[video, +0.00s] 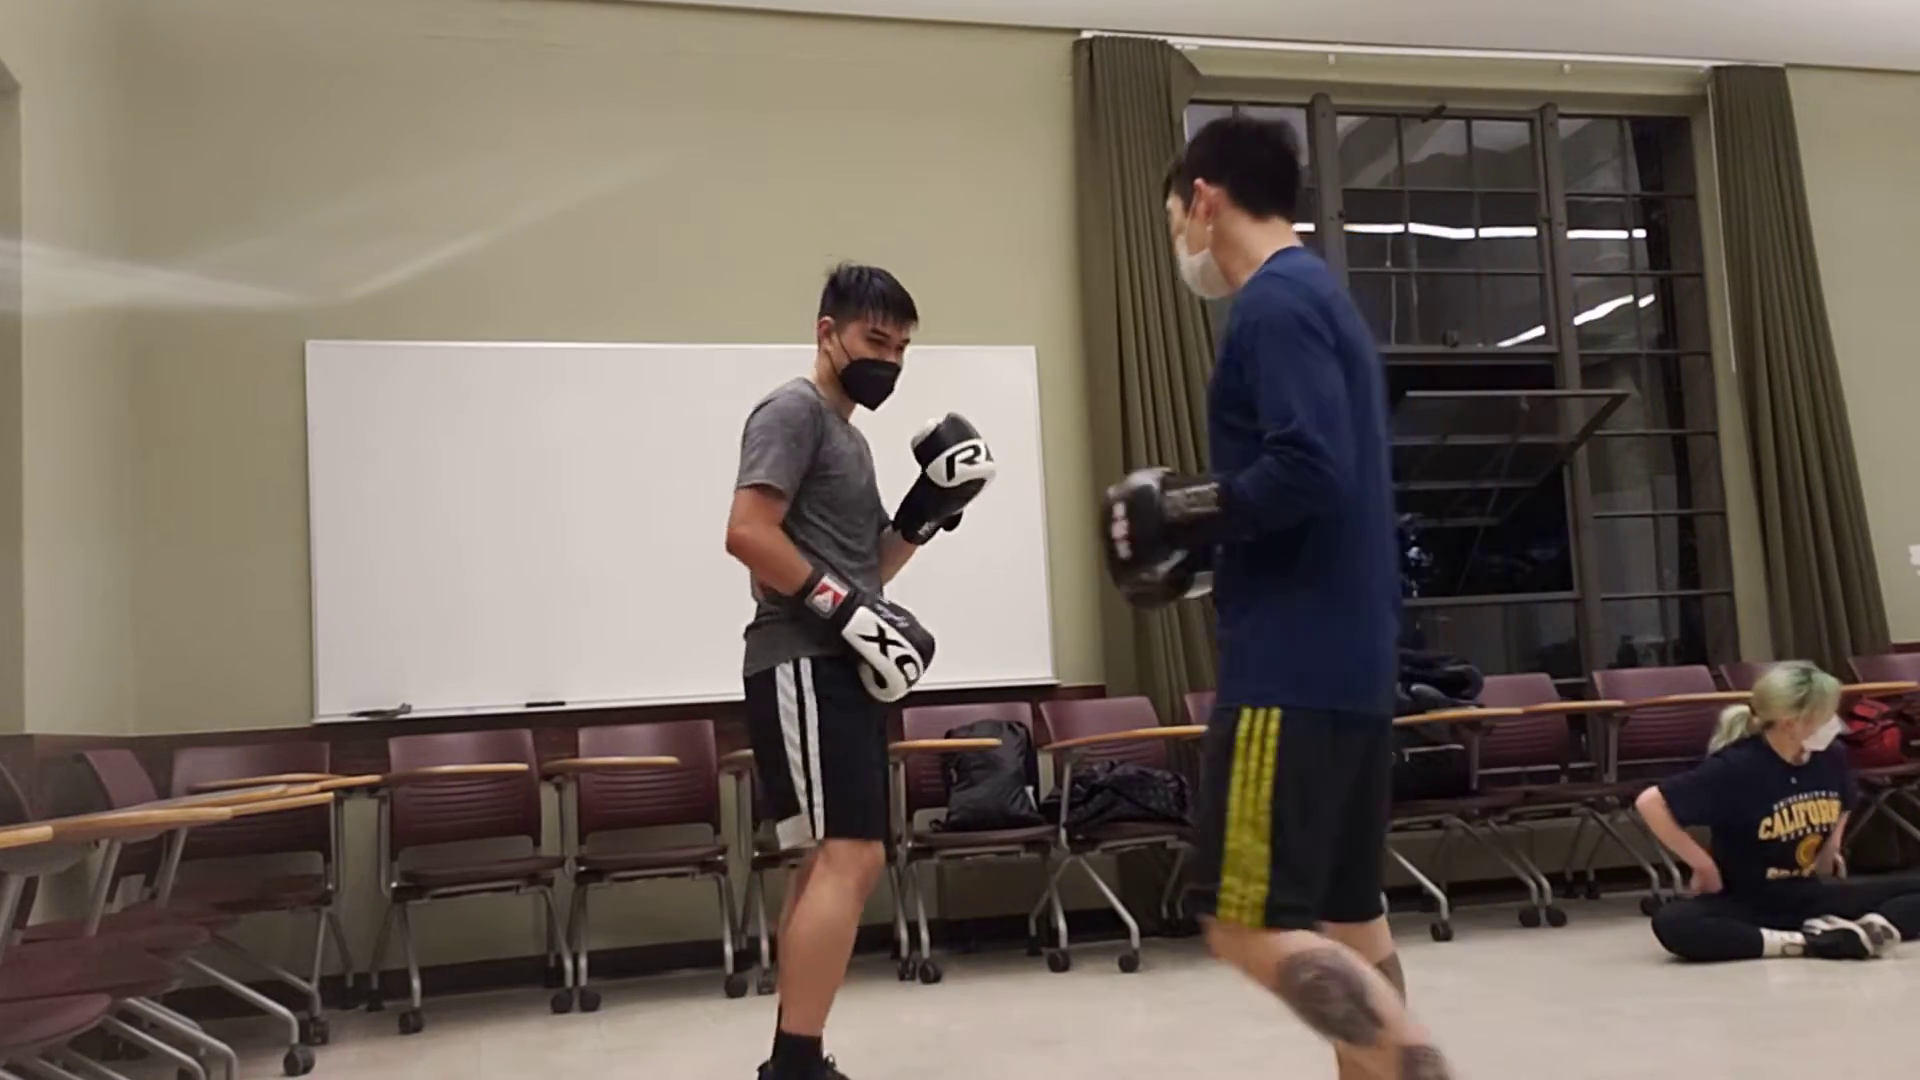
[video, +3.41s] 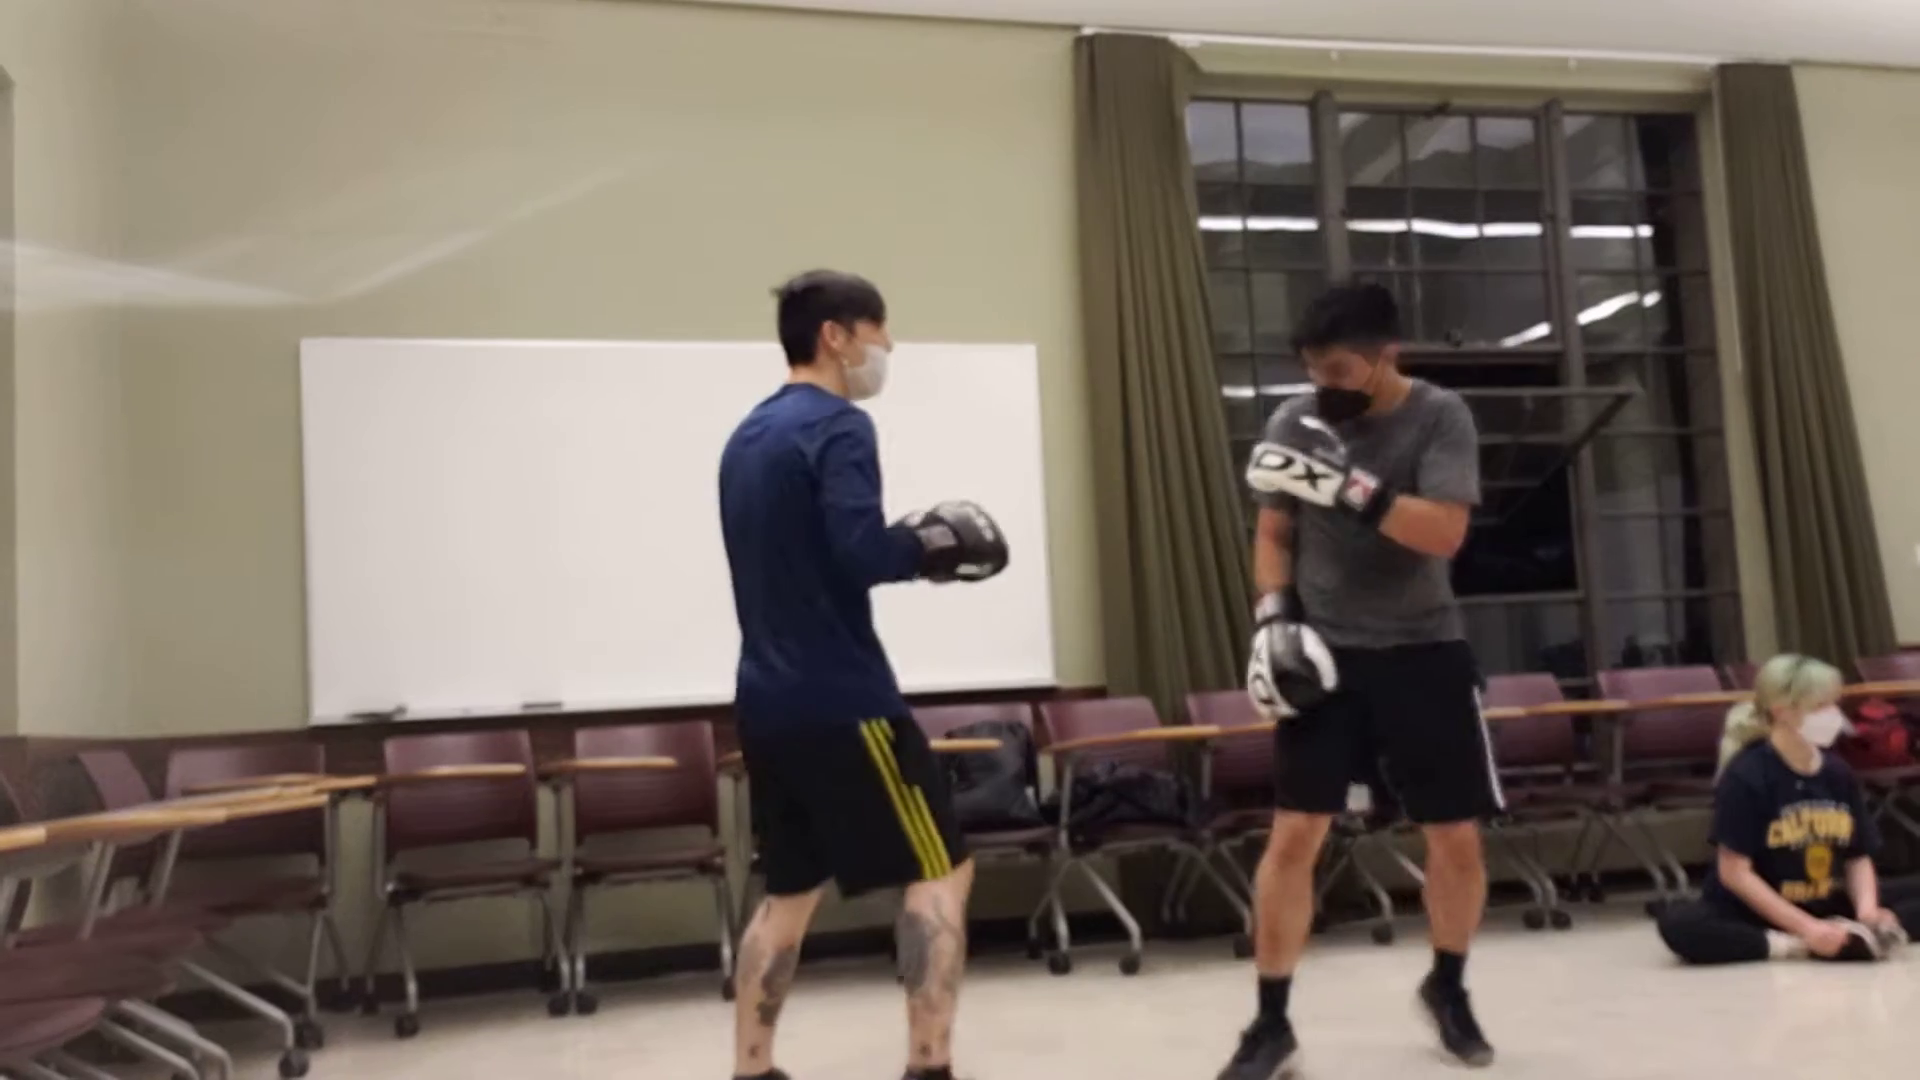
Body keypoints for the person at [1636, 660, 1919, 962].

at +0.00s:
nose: (1833, 727)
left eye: (1832, 717)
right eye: (1825, 719)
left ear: (1799, 722)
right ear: (1792, 722)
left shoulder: (1829, 757)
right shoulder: (1736, 766)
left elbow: (1844, 802)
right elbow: (1650, 802)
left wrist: (1830, 848)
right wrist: (1703, 866)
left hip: (1811, 895)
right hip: (1744, 903)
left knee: (1917, 888)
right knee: (1672, 922)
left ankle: (1854, 932)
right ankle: (1798, 944)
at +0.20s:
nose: (1830, 722)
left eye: (1829, 713)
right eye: (1821, 715)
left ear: (1796, 720)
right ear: (1788, 719)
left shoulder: (1826, 762)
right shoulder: (1734, 769)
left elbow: (1851, 813)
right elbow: (1662, 826)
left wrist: (1846, 852)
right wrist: (1733, 874)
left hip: (1817, 899)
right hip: (1747, 908)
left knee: (1916, 888)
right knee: (1671, 922)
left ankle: (1854, 930)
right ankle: (1797, 944)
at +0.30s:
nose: (1823, 715)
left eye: (1822, 706)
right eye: (1815, 707)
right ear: (1784, 714)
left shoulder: (1825, 764)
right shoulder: (1735, 769)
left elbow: (1856, 829)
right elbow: (1675, 843)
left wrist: (1852, 861)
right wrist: (1759, 880)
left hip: (1824, 899)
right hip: (1747, 907)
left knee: (1915, 892)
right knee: (1670, 922)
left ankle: (1851, 930)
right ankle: (1794, 945)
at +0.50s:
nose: (1820, 712)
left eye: (1819, 703)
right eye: (1812, 703)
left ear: (1784, 708)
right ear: (1781, 708)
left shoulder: (1823, 766)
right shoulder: (1735, 769)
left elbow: (1852, 842)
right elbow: (1704, 862)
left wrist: (1856, 878)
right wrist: (1796, 890)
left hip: (1822, 898)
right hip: (1749, 905)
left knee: (1915, 897)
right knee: (1670, 922)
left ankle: (1850, 930)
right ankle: (1792, 945)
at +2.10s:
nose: (1830, 716)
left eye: (1829, 705)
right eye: (1817, 707)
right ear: (1777, 712)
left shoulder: (1836, 772)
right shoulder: (1740, 775)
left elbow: (1857, 852)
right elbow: (1724, 870)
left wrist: (1859, 899)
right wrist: (1801, 920)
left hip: (1828, 903)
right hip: (1755, 908)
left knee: (1916, 899)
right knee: (1672, 922)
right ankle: (1792, 944)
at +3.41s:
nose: (1834, 715)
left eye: (1834, 704)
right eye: (1820, 706)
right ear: (1781, 712)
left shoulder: (1838, 774)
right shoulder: (1746, 775)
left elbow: (1858, 855)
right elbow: (1733, 872)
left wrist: (1867, 910)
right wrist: (1807, 927)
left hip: (1832, 906)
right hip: (1760, 910)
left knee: (1915, 895)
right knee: (1677, 923)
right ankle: (1795, 945)